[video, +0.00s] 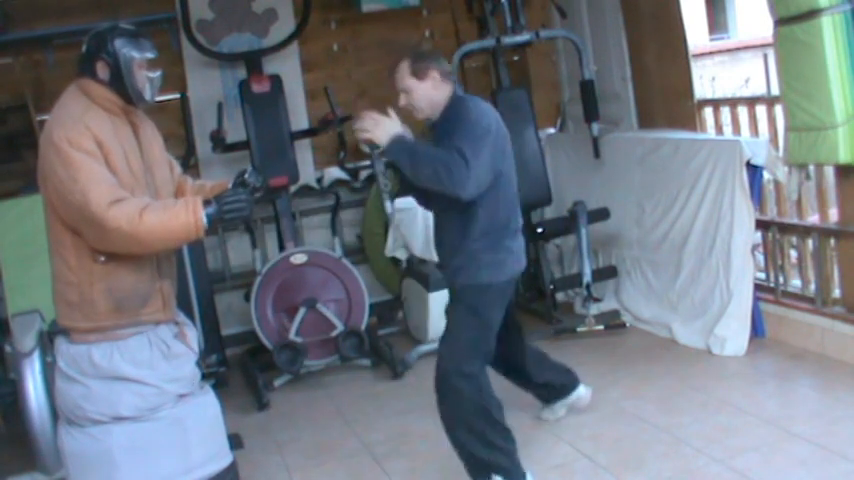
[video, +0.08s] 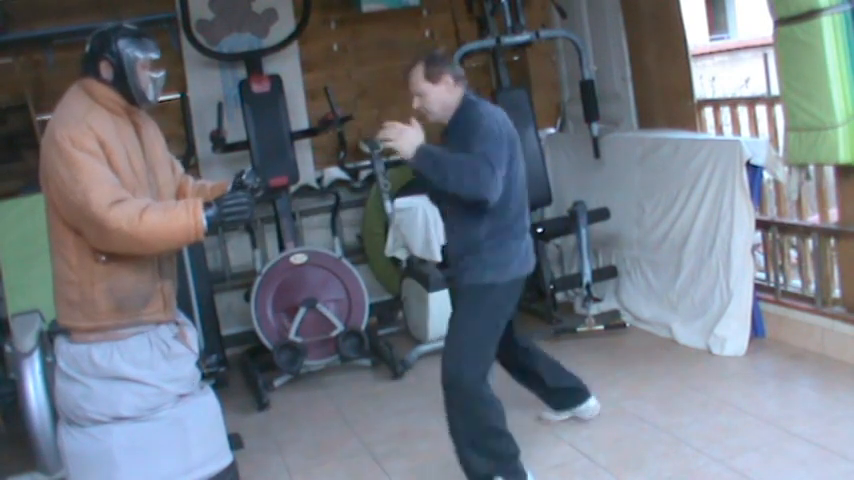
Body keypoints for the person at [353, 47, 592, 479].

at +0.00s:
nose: (404, 102)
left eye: (408, 91)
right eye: (401, 95)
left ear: (436, 79)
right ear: (428, 84)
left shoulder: (474, 117)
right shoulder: (445, 125)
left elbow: (464, 180)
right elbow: (437, 193)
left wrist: (398, 142)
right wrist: (394, 146)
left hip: (491, 267)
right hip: (473, 267)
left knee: (457, 372)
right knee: (502, 346)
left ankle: (501, 473)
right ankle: (565, 390)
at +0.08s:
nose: (416, 105)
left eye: (421, 95)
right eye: (414, 97)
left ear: (451, 85)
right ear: (441, 88)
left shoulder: (486, 121)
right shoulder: (460, 125)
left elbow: (484, 184)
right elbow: (461, 187)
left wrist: (420, 151)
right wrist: (415, 151)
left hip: (497, 268)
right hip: (478, 266)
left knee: (462, 374)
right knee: (503, 343)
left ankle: (504, 473)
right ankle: (574, 399)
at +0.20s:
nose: (427, 82)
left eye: (430, 72)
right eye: (423, 75)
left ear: (458, 60)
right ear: (453, 63)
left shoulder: (486, 93)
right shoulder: (476, 94)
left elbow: (492, 152)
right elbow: (479, 160)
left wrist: (428, 121)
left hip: (507, 237)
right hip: (513, 230)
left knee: (485, 338)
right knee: (524, 319)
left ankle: (504, 452)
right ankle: (575, 394)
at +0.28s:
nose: (433, 76)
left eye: (436, 66)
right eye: (429, 68)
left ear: (462, 53)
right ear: (458, 56)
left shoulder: (488, 82)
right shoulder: (486, 81)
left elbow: (487, 139)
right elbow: (490, 148)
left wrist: (428, 107)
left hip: (515, 222)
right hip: (525, 217)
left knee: (482, 320)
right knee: (529, 308)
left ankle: (531, 422)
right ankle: (574, 384)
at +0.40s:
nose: (448, 87)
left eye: (450, 76)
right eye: (445, 79)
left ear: (476, 64)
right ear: (478, 67)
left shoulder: (498, 97)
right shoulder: (512, 93)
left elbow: (497, 159)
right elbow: (504, 152)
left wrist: (442, 126)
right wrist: (461, 124)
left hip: (520, 237)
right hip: (542, 230)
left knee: (482, 327)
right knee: (546, 317)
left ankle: (555, 401)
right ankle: (593, 383)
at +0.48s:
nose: (454, 92)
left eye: (456, 81)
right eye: (450, 84)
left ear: (482, 71)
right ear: (484, 73)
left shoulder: (503, 105)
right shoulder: (518, 100)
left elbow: (510, 169)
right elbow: (509, 168)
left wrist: (453, 142)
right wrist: (466, 141)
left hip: (527, 245)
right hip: (547, 237)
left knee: (495, 337)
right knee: (550, 323)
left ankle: (569, 409)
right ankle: (594, 390)